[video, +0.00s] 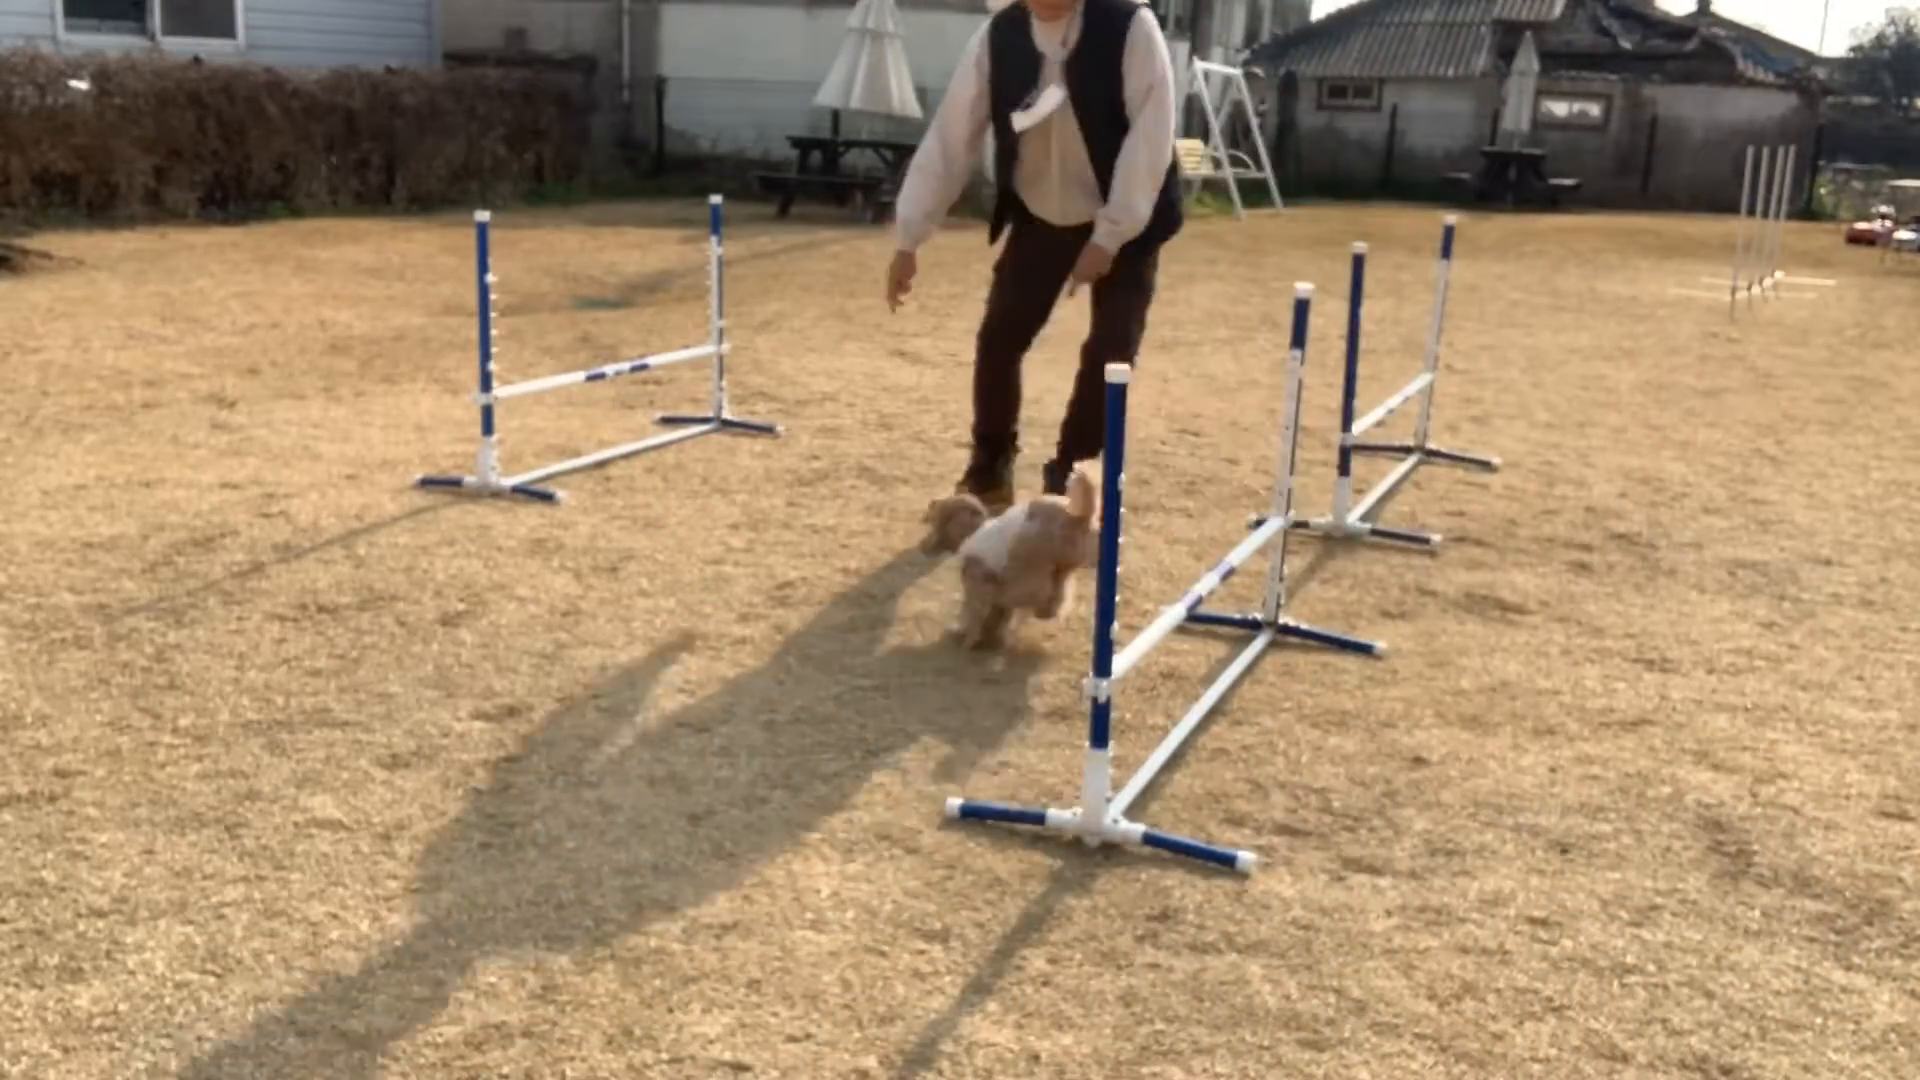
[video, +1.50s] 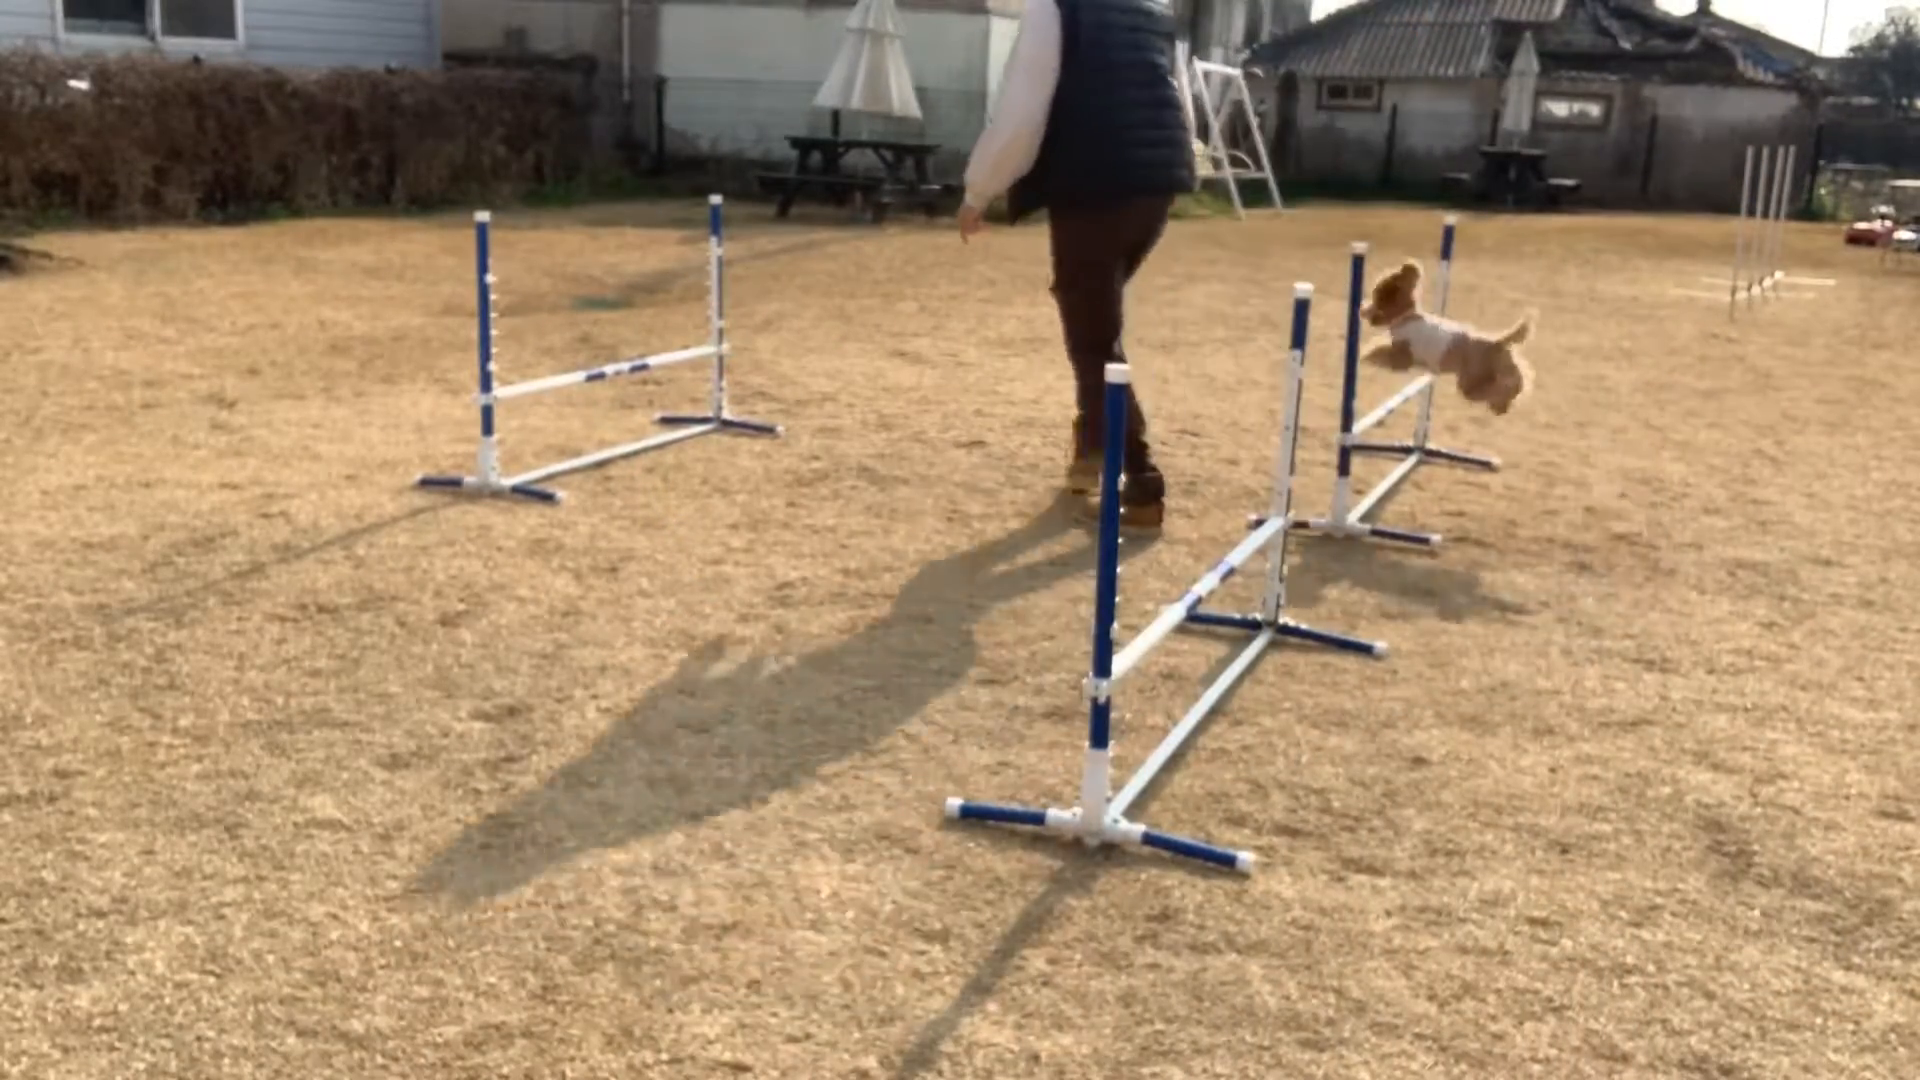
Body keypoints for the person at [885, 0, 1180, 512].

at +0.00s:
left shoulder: (1130, 27)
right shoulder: (999, 36)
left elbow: (1152, 138)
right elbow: (950, 139)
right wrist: (908, 240)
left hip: (1124, 222)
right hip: (1040, 221)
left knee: (1110, 356)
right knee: (997, 342)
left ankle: (1068, 479)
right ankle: (989, 476)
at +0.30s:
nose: (1236, 23)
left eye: (1240, 13)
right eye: (1227, 12)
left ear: (1230, 15)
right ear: (1186, 5)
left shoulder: (1213, 51)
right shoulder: (1137, 78)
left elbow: (1242, 127)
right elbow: (1147, 207)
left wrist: (1281, 193)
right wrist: (1198, 314)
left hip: (1151, 224)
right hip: (1105, 229)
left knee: (1172, 358)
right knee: (1186, 357)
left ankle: (1120, 496)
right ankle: (1108, 486)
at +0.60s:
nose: (1373, 42)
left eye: (1383, 31)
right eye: (1376, 24)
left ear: (1330, 2)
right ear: (1343, 3)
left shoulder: (1246, 25)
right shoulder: (1311, 83)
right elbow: (1367, 201)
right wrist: (1452, 278)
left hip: (1161, 229)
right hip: (1223, 251)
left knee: (1196, 369)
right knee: (1306, 367)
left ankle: (1102, 489)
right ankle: (1319, 520)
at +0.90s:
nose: (1419, 18)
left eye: (1422, 10)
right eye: (1418, 8)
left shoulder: (1248, 9)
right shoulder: (1381, 43)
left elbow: (1183, 85)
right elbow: (1420, 146)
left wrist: (1138, 170)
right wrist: (1453, 217)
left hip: (1208, 213)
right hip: (1294, 226)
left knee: (1180, 349)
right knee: (1330, 369)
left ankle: (1170, 500)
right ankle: (1325, 526)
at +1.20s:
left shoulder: (1146, 10)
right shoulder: (1276, 22)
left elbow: (1110, 108)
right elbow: (1303, 120)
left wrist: (1083, 213)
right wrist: (1295, 194)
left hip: (1158, 210)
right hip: (1244, 211)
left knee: (1125, 351)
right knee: (1287, 359)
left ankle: (1141, 493)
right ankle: (1327, 502)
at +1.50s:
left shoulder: (1052, 9)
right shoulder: (1151, 13)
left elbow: (1022, 112)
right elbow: (1181, 106)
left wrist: (976, 195)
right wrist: (1180, 169)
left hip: (1089, 184)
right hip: (1157, 180)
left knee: (1096, 347)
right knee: (1089, 303)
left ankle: (1142, 489)